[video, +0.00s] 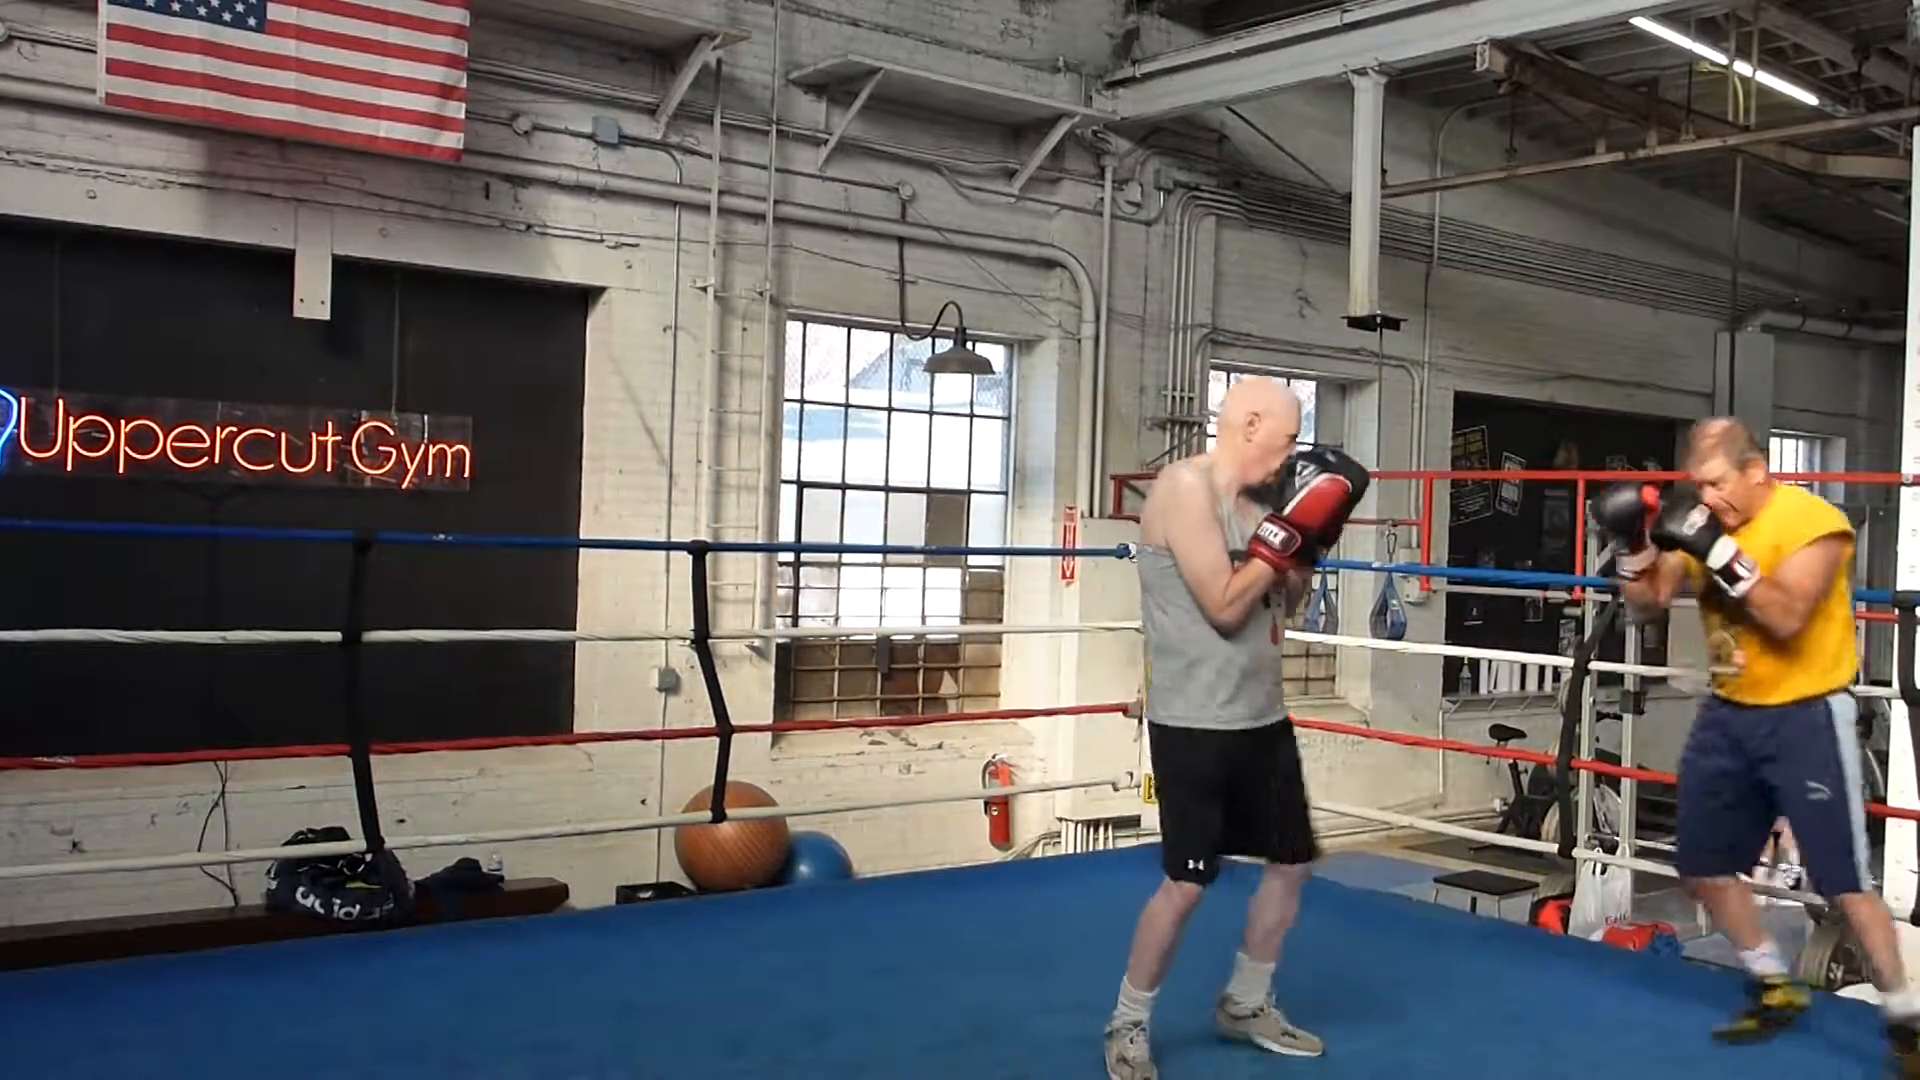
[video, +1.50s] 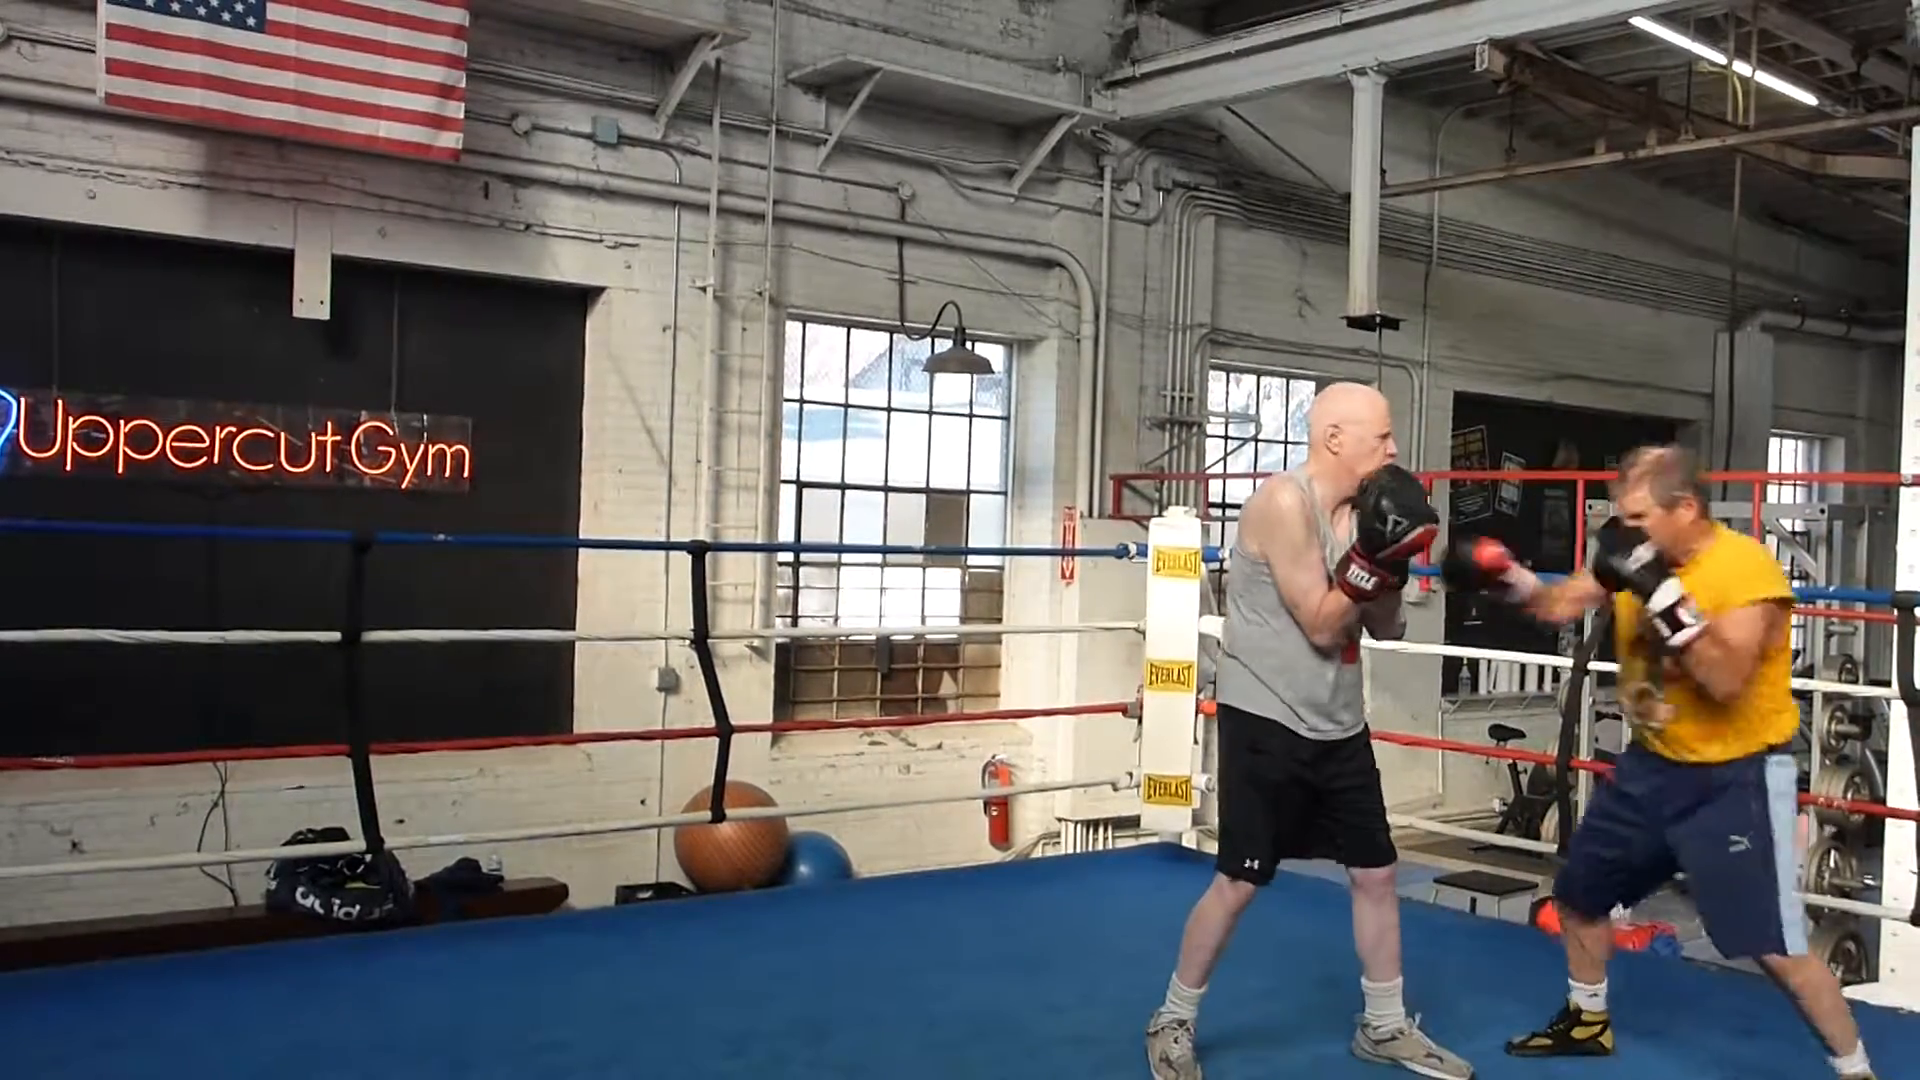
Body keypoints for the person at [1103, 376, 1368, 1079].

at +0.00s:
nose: (1288, 459)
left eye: (1292, 447)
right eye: (1285, 443)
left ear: (1253, 430)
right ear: (1246, 426)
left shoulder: (1249, 504)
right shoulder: (1183, 486)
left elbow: (1285, 605)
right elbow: (1224, 605)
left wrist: (1309, 532)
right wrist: (1284, 537)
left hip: (1260, 716)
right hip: (1192, 718)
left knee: (1291, 860)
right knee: (1188, 877)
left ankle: (1246, 1004)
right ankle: (1130, 1022)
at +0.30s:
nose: (1354, 481)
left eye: (1355, 468)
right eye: (1346, 466)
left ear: (1314, 459)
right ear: (1302, 458)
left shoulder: (1330, 530)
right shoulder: (1237, 521)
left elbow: (1345, 635)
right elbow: (1242, 646)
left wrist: (1377, 567)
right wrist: (1319, 578)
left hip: (1333, 743)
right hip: (1252, 750)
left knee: (1406, 872)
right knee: (1221, 904)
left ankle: (1451, 1020)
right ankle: (1137, 1026)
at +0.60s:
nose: (1447, 450)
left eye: (1445, 436)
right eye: (1438, 436)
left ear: (1388, 436)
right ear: (1396, 436)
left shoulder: (1363, 494)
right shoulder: (1388, 487)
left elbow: (1397, 597)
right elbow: (1496, 571)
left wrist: (1455, 545)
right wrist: (1552, 539)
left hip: (1390, 727)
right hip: (1335, 724)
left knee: (1442, 874)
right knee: (1274, 881)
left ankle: (1464, 1030)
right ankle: (1162, 1008)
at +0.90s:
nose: (1415, 451)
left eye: (1413, 439)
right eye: (1403, 438)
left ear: (1373, 445)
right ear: (1355, 444)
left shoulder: (1397, 521)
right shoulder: (1315, 509)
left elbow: (1413, 632)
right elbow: (1366, 627)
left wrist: (1437, 567)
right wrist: (1431, 576)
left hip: (1396, 738)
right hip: (1316, 733)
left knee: (1448, 886)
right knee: (1267, 893)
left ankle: (1463, 1032)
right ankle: (1175, 1021)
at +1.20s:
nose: (1391, 450)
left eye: (1390, 438)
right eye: (1380, 438)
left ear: (1342, 441)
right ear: (1333, 442)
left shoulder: (1365, 511)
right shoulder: (1280, 508)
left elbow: (1390, 624)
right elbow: (1326, 630)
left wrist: (1403, 554)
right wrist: (1383, 556)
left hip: (1350, 722)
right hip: (1274, 721)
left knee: (1396, 867)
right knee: (1243, 882)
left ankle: (1388, 1024)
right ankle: (1175, 1022)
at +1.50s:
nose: (1392, 451)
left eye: (1392, 439)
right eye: (1382, 438)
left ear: (1343, 438)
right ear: (1334, 438)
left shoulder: (1358, 512)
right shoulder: (1278, 502)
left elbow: (1388, 628)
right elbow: (1324, 628)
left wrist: (1390, 562)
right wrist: (1375, 555)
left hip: (1338, 723)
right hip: (1263, 718)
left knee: (1376, 871)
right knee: (1242, 877)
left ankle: (1385, 1025)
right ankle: (1174, 1020)